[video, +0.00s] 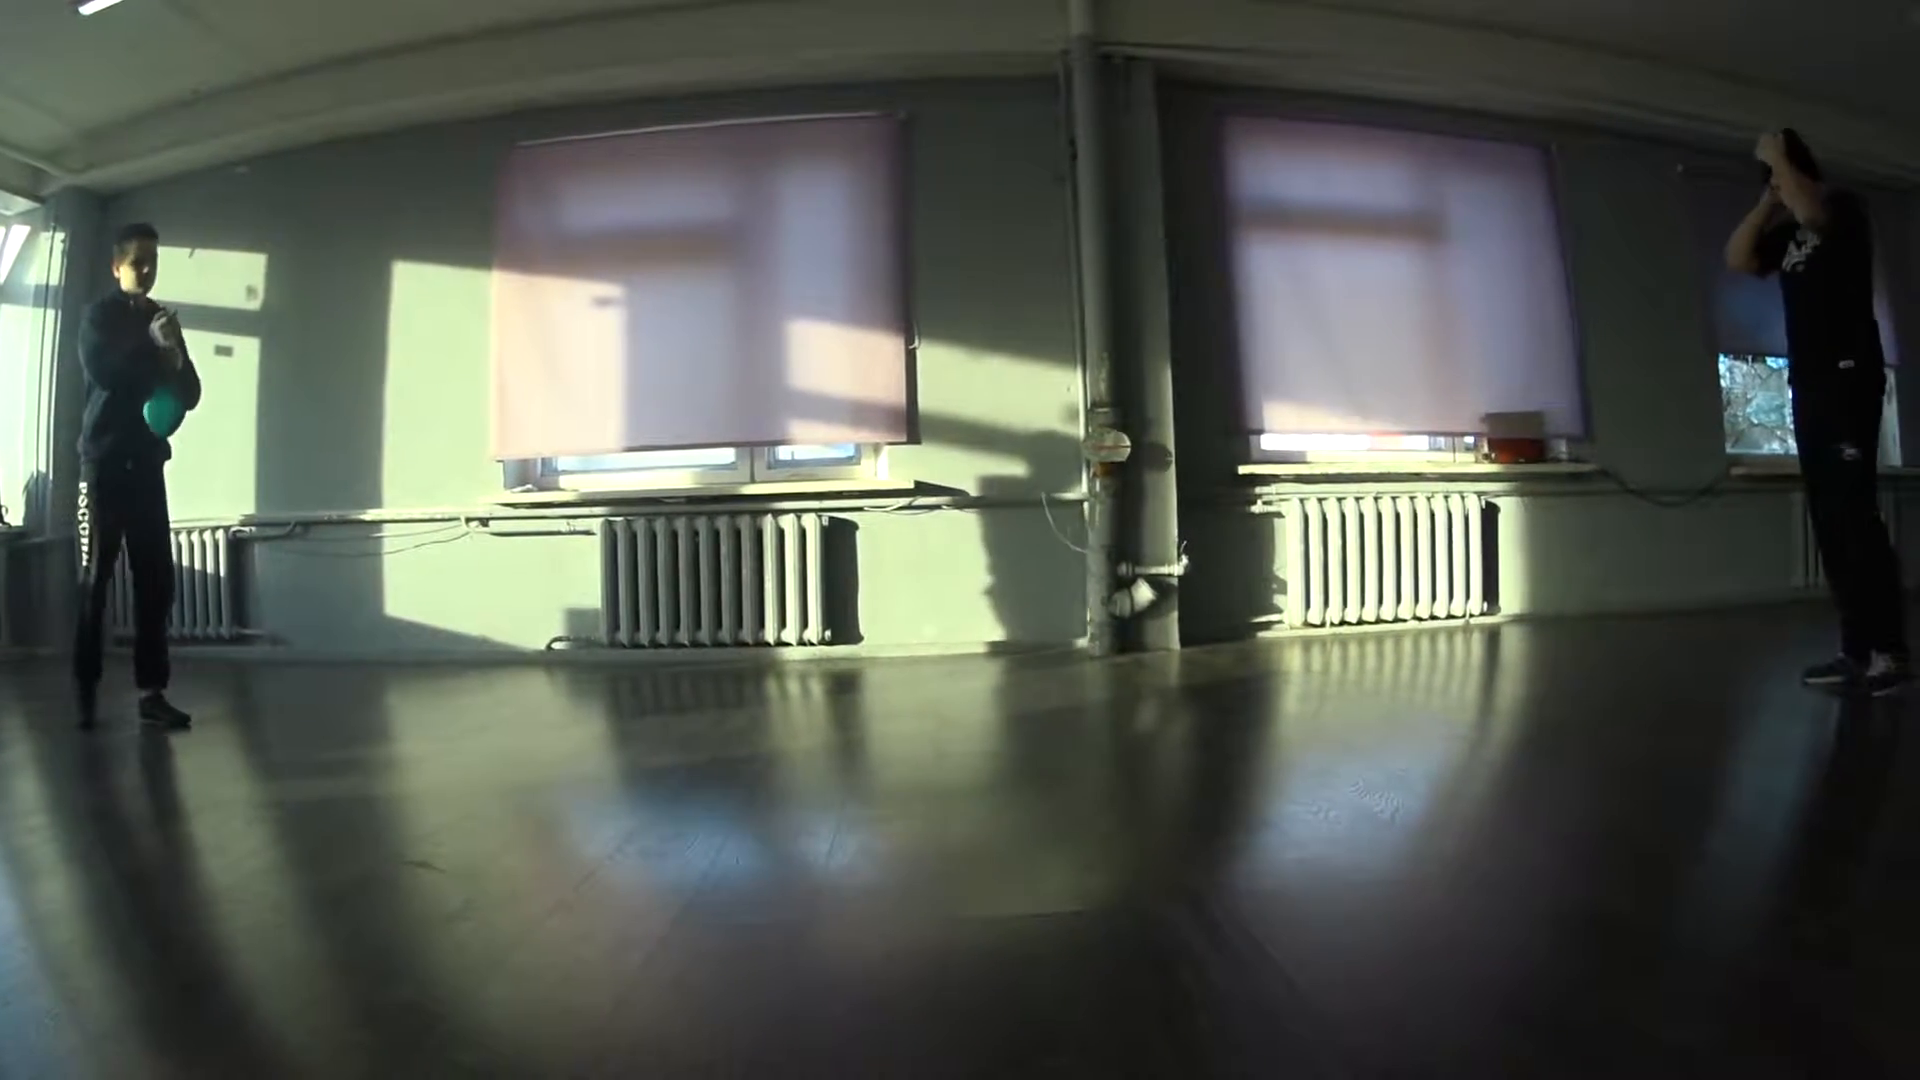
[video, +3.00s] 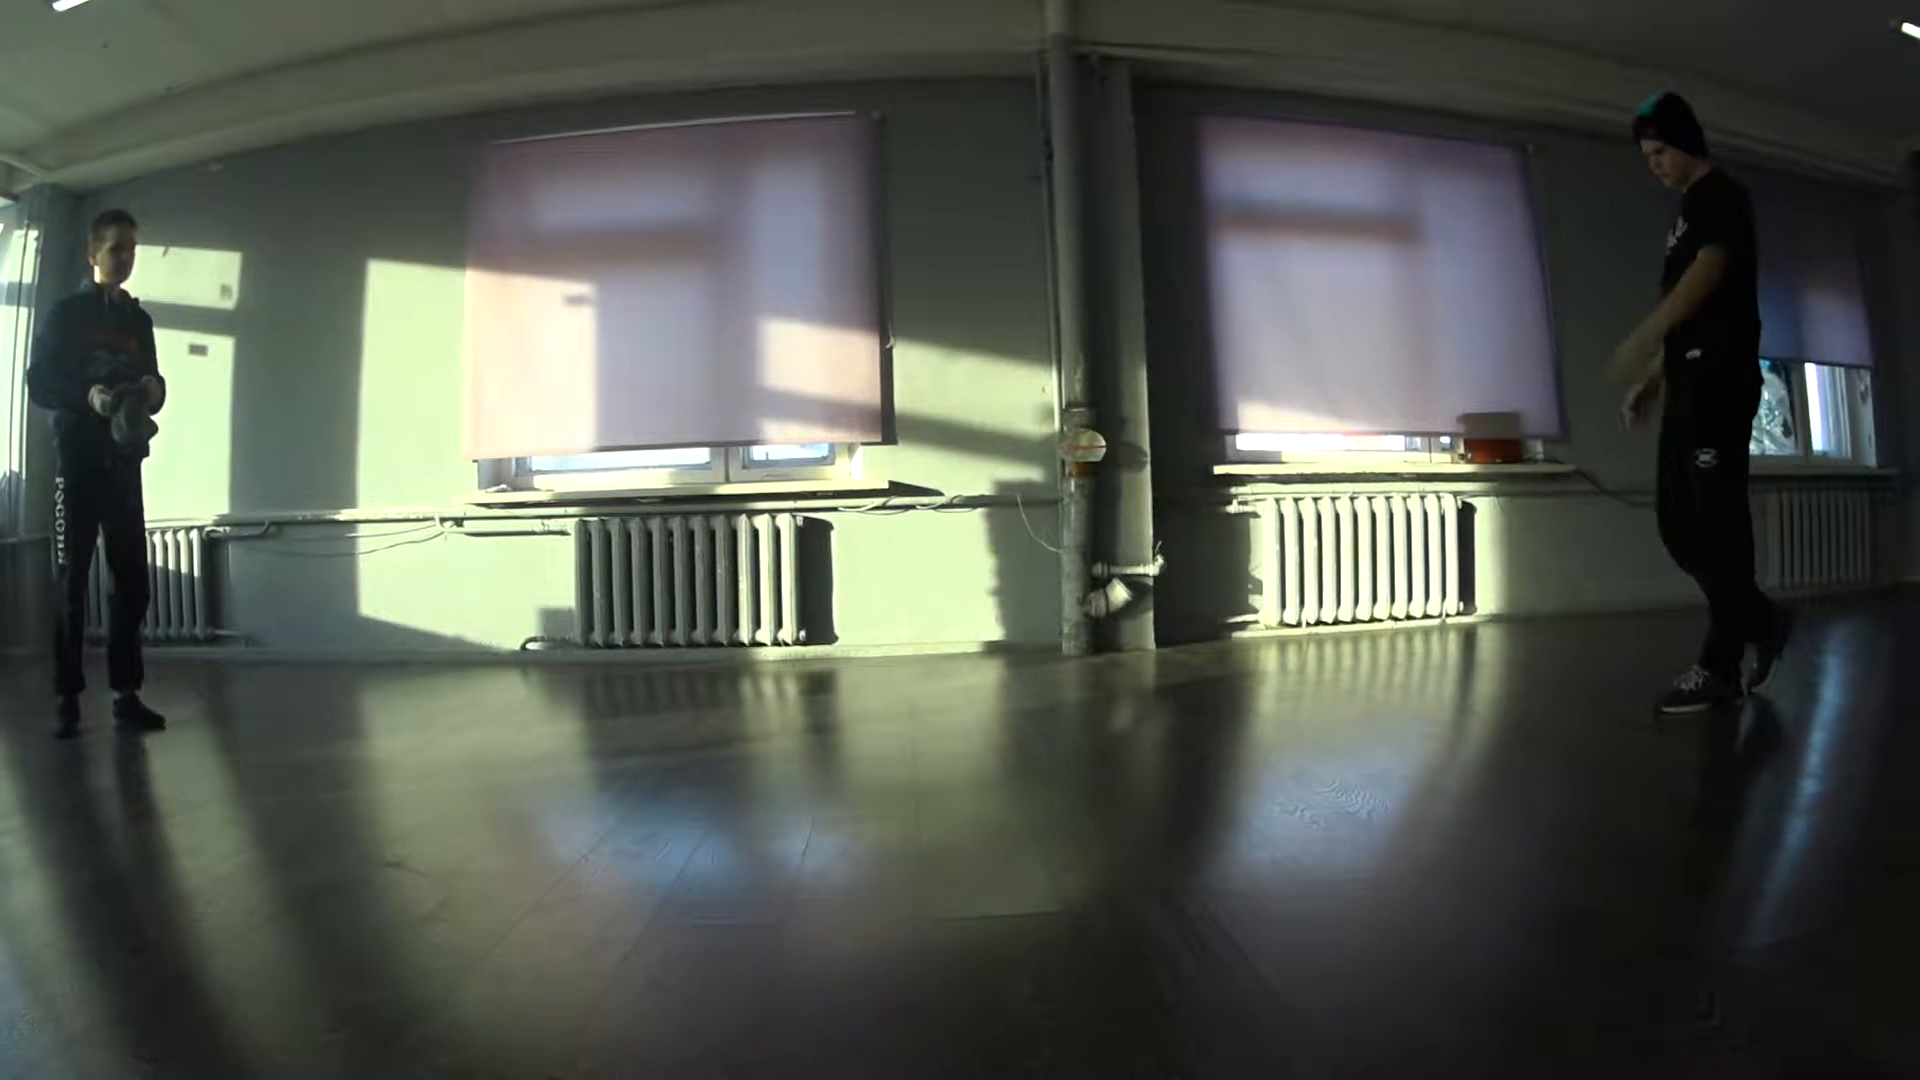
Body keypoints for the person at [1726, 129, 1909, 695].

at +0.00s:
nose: (1776, 185)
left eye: (1782, 175)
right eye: (1772, 178)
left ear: (1805, 172)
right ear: (1780, 181)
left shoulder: (1845, 216)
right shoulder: (1786, 237)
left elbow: (1809, 211)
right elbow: (1738, 259)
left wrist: (1779, 161)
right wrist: (1767, 199)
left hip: (1852, 383)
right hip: (1811, 387)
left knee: (1855, 516)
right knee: (1829, 519)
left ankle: (1888, 650)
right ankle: (1855, 652)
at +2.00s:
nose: (1725, 172)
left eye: (1729, 163)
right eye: (1723, 164)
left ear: (1752, 157)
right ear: (1734, 165)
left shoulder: (1799, 204)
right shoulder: (1740, 227)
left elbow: (1765, 205)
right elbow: (1696, 268)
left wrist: (1728, 151)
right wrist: (1707, 206)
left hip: (1801, 374)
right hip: (1762, 378)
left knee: (1788, 516)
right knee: (1779, 519)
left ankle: (1831, 650)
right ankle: (1808, 655)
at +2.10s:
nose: (1724, 179)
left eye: (1732, 168)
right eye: (1716, 172)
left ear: (1756, 164)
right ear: (1711, 176)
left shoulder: (1792, 204)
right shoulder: (1733, 227)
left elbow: (1784, 234)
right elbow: (1702, 290)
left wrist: (1716, 187)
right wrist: (1694, 237)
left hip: (1798, 378)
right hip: (1757, 381)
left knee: (1783, 518)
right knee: (1777, 519)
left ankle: (1811, 665)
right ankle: (1799, 661)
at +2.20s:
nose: (1717, 181)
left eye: (1724, 167)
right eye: (1708, 173)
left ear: (1748, 161)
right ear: (1704, 178)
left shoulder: (1782, 203)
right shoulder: (1733, 232)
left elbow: (1804, 251)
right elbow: (1723, 308)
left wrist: (1721, 262)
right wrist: (1694, 284)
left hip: (1794, 378)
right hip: (1755, 382)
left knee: (1777, 517)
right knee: (1782, 518)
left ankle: (1767, 661)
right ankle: (1813, 661)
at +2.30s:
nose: (1706, 184)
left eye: (1712, 170)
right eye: (1697, 176)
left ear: (1736, 162)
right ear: (1696, 178)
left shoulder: (1773, 208)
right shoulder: (1728, 232)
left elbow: (1808, 274)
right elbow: (1737, 321)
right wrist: (1689, 357)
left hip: (1787, 386)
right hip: (1752, 389)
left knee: (1771, 524)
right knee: (1782, 524)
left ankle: (1734, 662)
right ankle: (1815, 663)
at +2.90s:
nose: (1658, 170)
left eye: (1663, 156)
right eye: (1651, 161)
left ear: (1690, 148)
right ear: (1652, 163)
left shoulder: (1726, 199)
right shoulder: (1694, 209)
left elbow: (1728, 286)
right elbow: (1693, 306)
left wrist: (1702, 371)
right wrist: (1674, 382)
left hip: (1727, 384)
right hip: (1701, 385)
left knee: (1722, 526)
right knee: (1704, 524)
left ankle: (1721, 669)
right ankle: (1784, 632)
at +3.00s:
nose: (1653, 165)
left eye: (1658, 152)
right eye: (1648, 156)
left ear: (1685, 145)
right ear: (1661, 153)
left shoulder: (1720, 196)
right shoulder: (1693, 206)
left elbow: (1706, 276)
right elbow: (1692, 307)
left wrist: (1643, 338)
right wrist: (1658, 380)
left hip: (1723, 377)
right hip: (1692, 378)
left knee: (1717, 520)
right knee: (1680, 521)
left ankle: (1720, 669)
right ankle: (1763, 624)